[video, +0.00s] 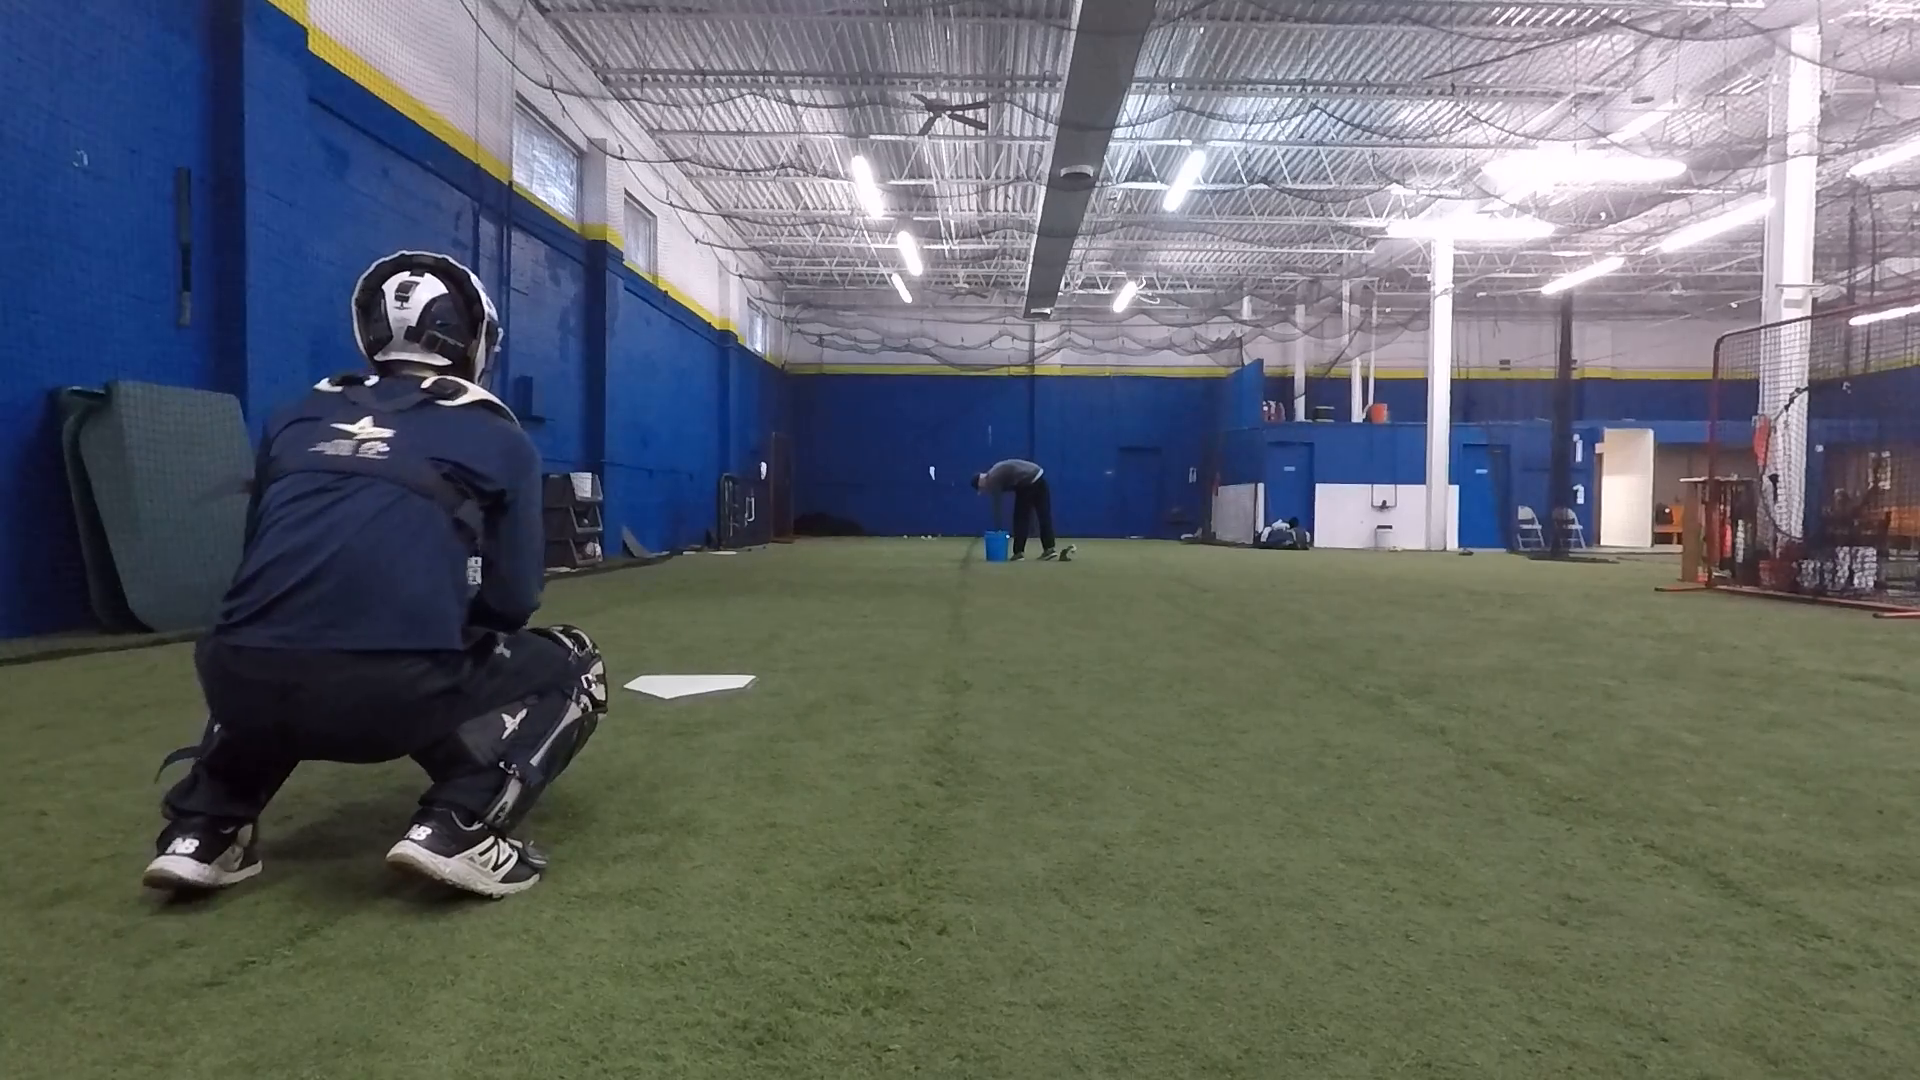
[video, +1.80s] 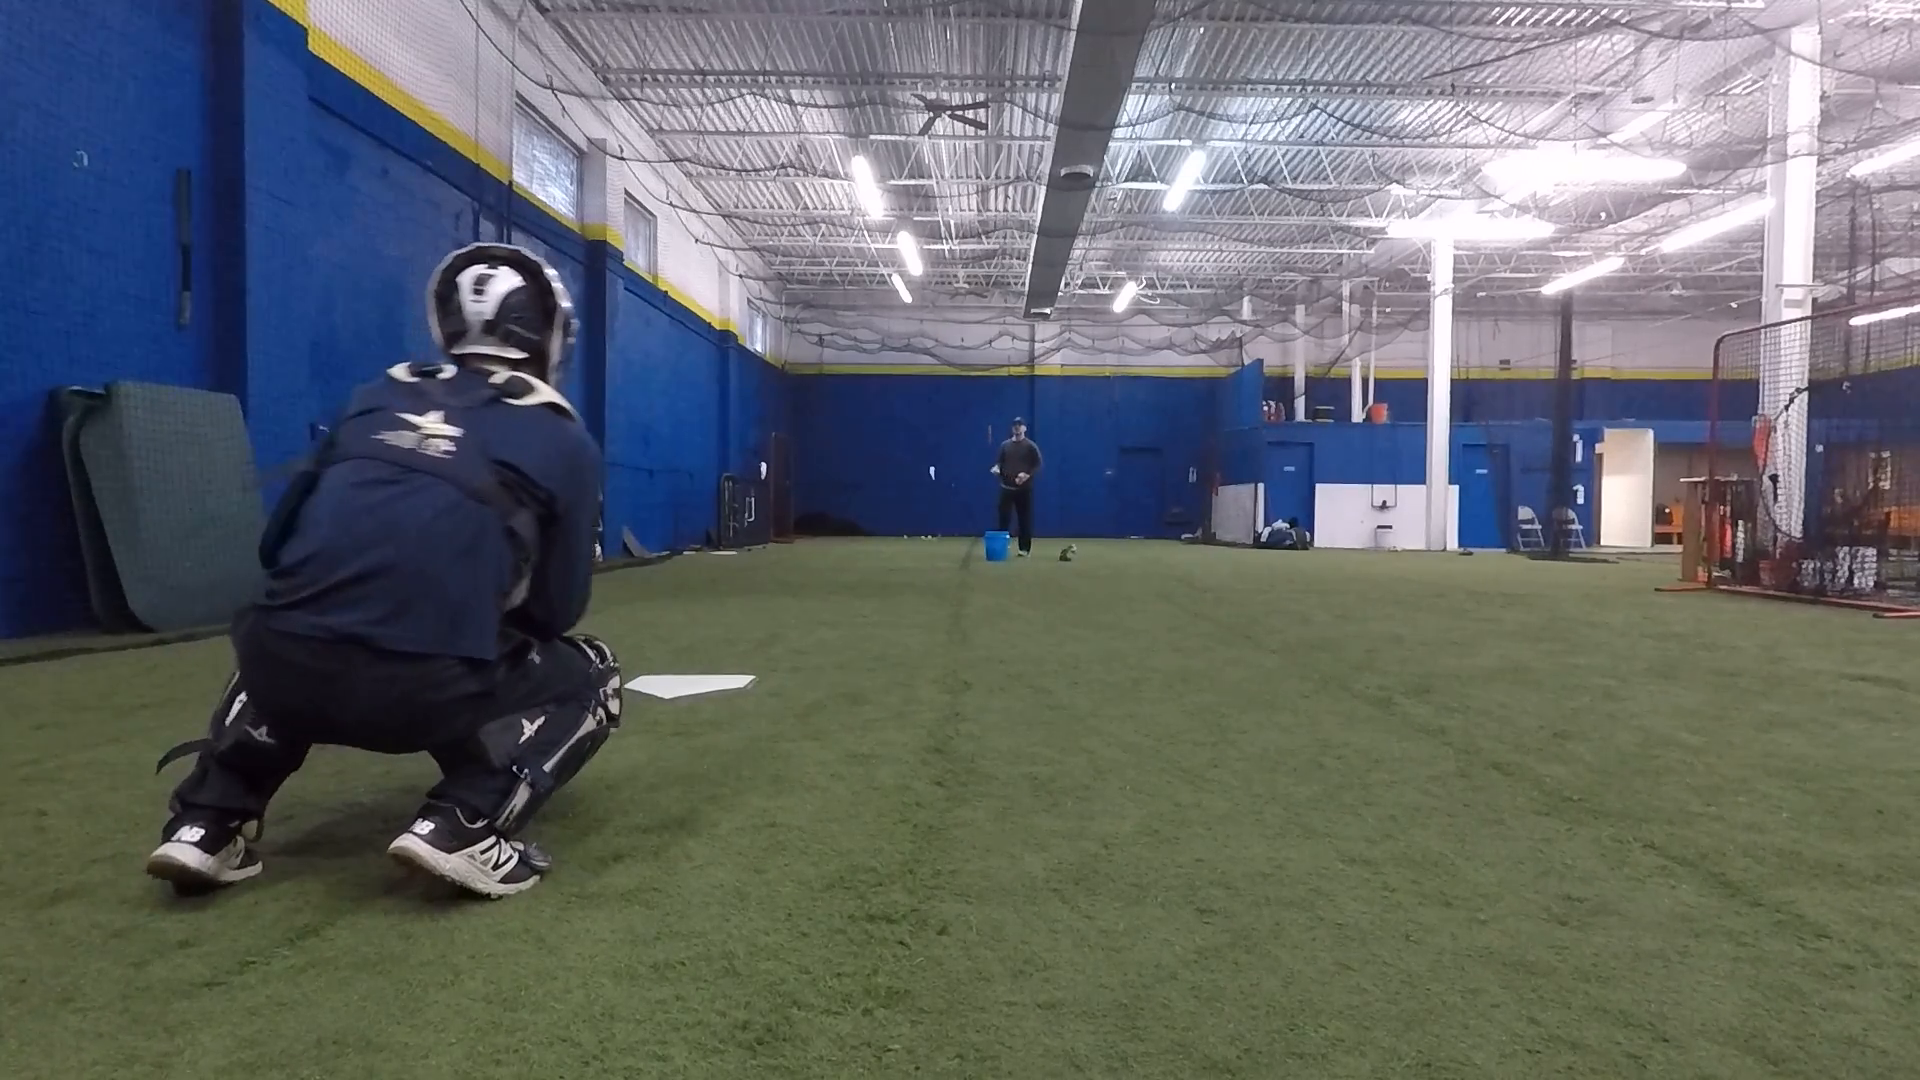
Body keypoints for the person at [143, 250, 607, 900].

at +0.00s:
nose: (488, 348)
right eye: (483, 334)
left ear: (369, 338)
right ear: (472, 342)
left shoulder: (295, 415)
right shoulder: (502, 439)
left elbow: (259, 554)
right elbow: (513, 598)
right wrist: (448, 636)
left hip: (252, 685)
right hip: (397, 693)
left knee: (283, 629)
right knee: (572, 665)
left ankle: (202, 827)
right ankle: (459, 823)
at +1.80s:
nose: (566, 342)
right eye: (562, 327)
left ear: (448, 330)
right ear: (550, 335)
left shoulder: (375, 396)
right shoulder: (567, 442)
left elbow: (278, 540)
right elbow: (556, 612)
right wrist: (463, 606)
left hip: (289, 670)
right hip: (430, 691)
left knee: (291, 631)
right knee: (589, 674)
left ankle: (205, 821)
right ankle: (462, 821)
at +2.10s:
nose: (606, 345)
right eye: (606, 334)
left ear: (499, 328)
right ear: (601, 347)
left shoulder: (437, 382)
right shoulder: (616, 460)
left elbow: (269, 481)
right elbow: (596, 626)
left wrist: (369, 522)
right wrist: (517, 608)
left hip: (334, 658)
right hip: (477, 696)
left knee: (260, 592)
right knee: (576, 683)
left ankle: (151, 815)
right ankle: (474, 818)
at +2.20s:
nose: (604, 346)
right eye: (602, 333)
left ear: (495, 329)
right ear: (596, 348)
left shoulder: (425, 388)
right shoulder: (610, 460)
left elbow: (262, 490)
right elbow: (628, 632)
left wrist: (361, 536)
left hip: (324, 658)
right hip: (470, 691)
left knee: (252, 603)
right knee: (581, 676)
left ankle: (117, 828)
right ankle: (472, 819)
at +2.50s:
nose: (542, 365)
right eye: (539, 353)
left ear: (423, 350)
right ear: (525, 357)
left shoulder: (349, 415)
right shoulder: (520, 438)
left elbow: (221, 535)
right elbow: (621, 587)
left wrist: (323, 575)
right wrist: (652, 695)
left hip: (255, 682)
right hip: (404, 696)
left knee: (213, 655)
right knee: (581, 664)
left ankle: (102, 849)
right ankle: (463, 833)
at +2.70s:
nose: (492, 346)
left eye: (491, 331)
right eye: (488, 330)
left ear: (377, 332)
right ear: (471, 329)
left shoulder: (312, 394)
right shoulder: (456, 406)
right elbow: (516, 516)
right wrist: (551, 637)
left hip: (193, 643)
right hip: (331, 650)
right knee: (537, 660)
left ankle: (113, 839)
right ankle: (445, 840)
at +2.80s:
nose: (477, 297)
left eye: (473, 281)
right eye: (472, 280)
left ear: (361, 284)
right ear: (457, 283)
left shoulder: (287, 353)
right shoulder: (434, 351)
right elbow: (465, 426)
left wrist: (421, 581)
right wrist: (493, 579)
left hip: (171, 590)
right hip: (308, 587)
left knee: (245, 654)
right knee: (543, 626)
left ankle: (116, 835)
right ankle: (455, 834)